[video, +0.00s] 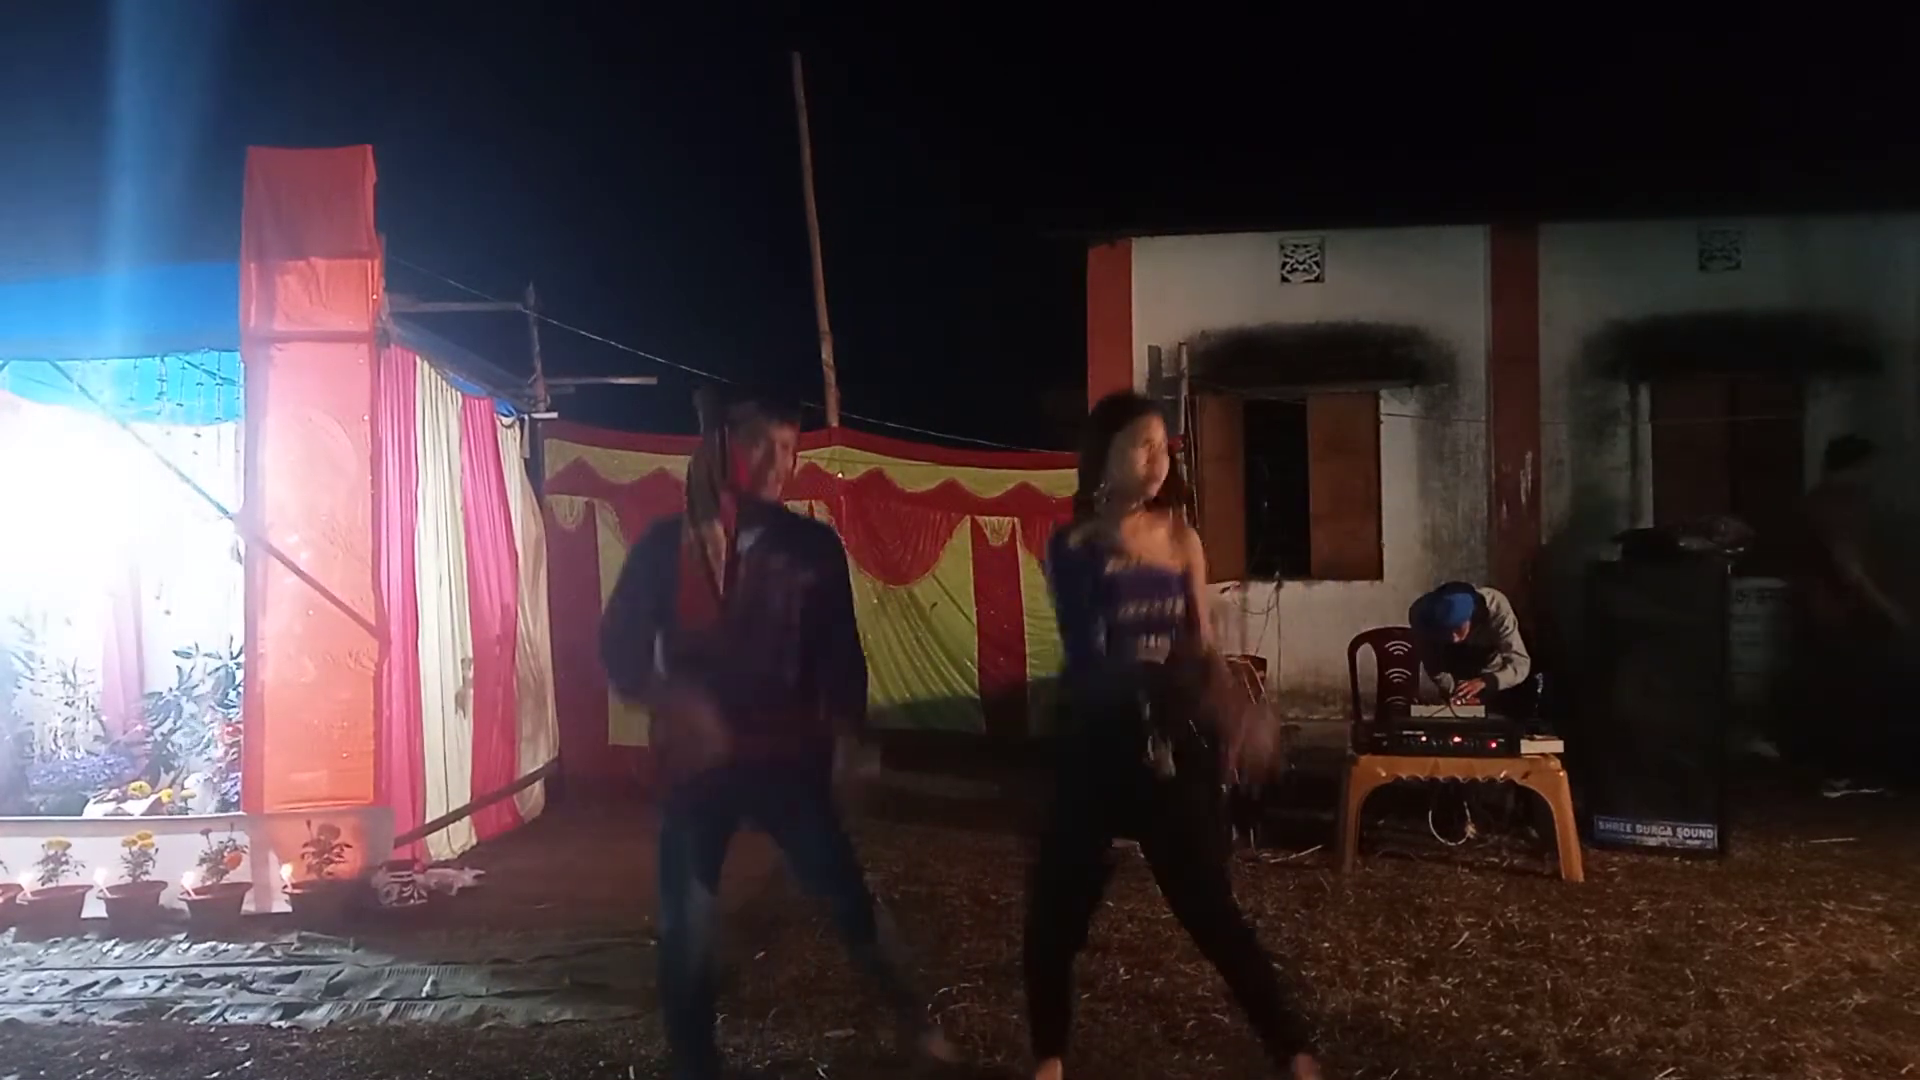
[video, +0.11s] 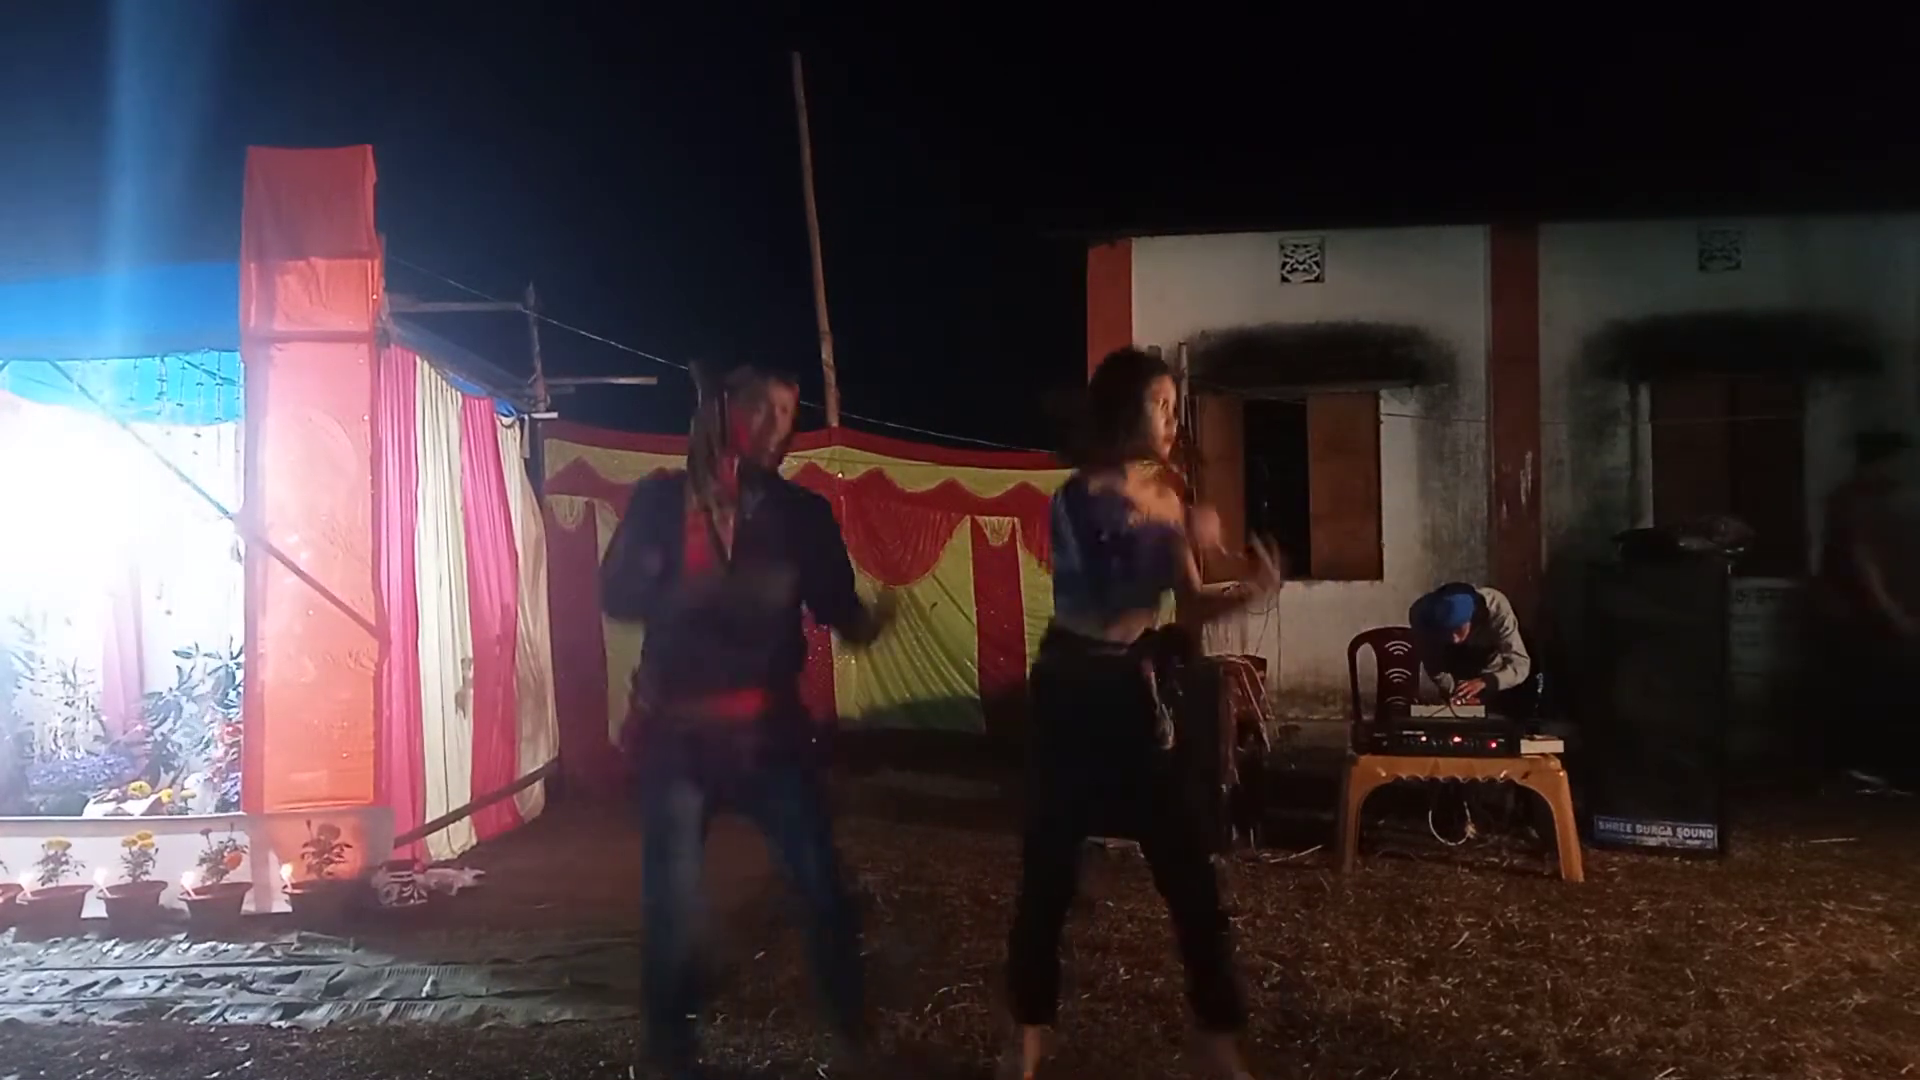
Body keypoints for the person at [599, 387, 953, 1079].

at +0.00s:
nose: (778, 464)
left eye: (787, 450)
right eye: (764, 447)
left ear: (791, 457)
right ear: (725, 448)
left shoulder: (814, 544)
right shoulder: (669, 542)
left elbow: (841, 648)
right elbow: (622, 643)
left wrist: (849, 732)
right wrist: (664, 693)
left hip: (789, 761)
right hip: (699, 764)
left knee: (848, 900)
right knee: (685, 925)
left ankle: (917, 1019)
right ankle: (692, 1062)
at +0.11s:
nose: (773, 429)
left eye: (782, 416)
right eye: (760, 411)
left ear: (787, 427)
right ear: (720, 415)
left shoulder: (803, 512)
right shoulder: (661, 500)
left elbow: (836, 604)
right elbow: (618, 592)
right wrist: (688, 586)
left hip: (771, 733)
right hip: (678, 736)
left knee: (819, 882)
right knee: (673, 897)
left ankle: (852, 1029)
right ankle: (670, 1049)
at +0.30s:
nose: (717, 436)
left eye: (741, 424)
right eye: (713, 423)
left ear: (771, 439)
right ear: (703, 428)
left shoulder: (790, 520)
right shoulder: (671, 500)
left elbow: (855, 613)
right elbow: (662, 586)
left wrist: (803, 546)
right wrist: (742, 549)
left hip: (738, 740)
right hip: (655, 737)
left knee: (765, 903)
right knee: (630, 903)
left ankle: (766, 1059)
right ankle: (569, 1058)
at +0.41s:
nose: (770, 462)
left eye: (772, 451)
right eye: (753, 448)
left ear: (771, 466)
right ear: (707, 455)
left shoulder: (777, 560)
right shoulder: (684, 531)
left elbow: (828, 655)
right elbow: (693, 622)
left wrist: (817, 678)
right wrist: (791, 662)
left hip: (706, 770)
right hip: (627, 763)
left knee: (762, 912)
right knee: (594, 933)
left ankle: (767, 1064)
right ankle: (537, 1067)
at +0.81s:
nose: (745, 479)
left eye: (753, 464)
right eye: (726, 462)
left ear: (763, 476)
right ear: (685, 472)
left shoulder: (767, 566)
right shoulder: (643, 569)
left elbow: (796, 659)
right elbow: (633, 694)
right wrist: (740, 691)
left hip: (714, 781)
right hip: (630, 780)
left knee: (771, 918)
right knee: (598, 943)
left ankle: (780, 1062)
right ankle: (536, 1066)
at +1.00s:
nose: (744, 444)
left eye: (754, 432)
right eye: (731, 428)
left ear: (763, 440)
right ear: (691, 429)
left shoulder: (781, 507)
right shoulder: (640, 516)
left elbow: (845, 589)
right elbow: (577, 618)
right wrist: (616, 551)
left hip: (775, 730)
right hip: (683, 734)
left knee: (796, 889)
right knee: (653, 895)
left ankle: (797, 1045)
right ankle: (610, 1050)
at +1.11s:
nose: (741, 440)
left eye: (752, 427)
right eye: (728, 424)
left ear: (762, 432)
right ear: (690, 421)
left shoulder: (778, 484)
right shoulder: (642, 500)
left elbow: (848, 552)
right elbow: (565, 600)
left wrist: (752, 521)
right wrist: (575, 534)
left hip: (782, 717)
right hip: (691, 726)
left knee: (820, 872)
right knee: (681, 892)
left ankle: (857, 1023)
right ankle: (679, 1043)